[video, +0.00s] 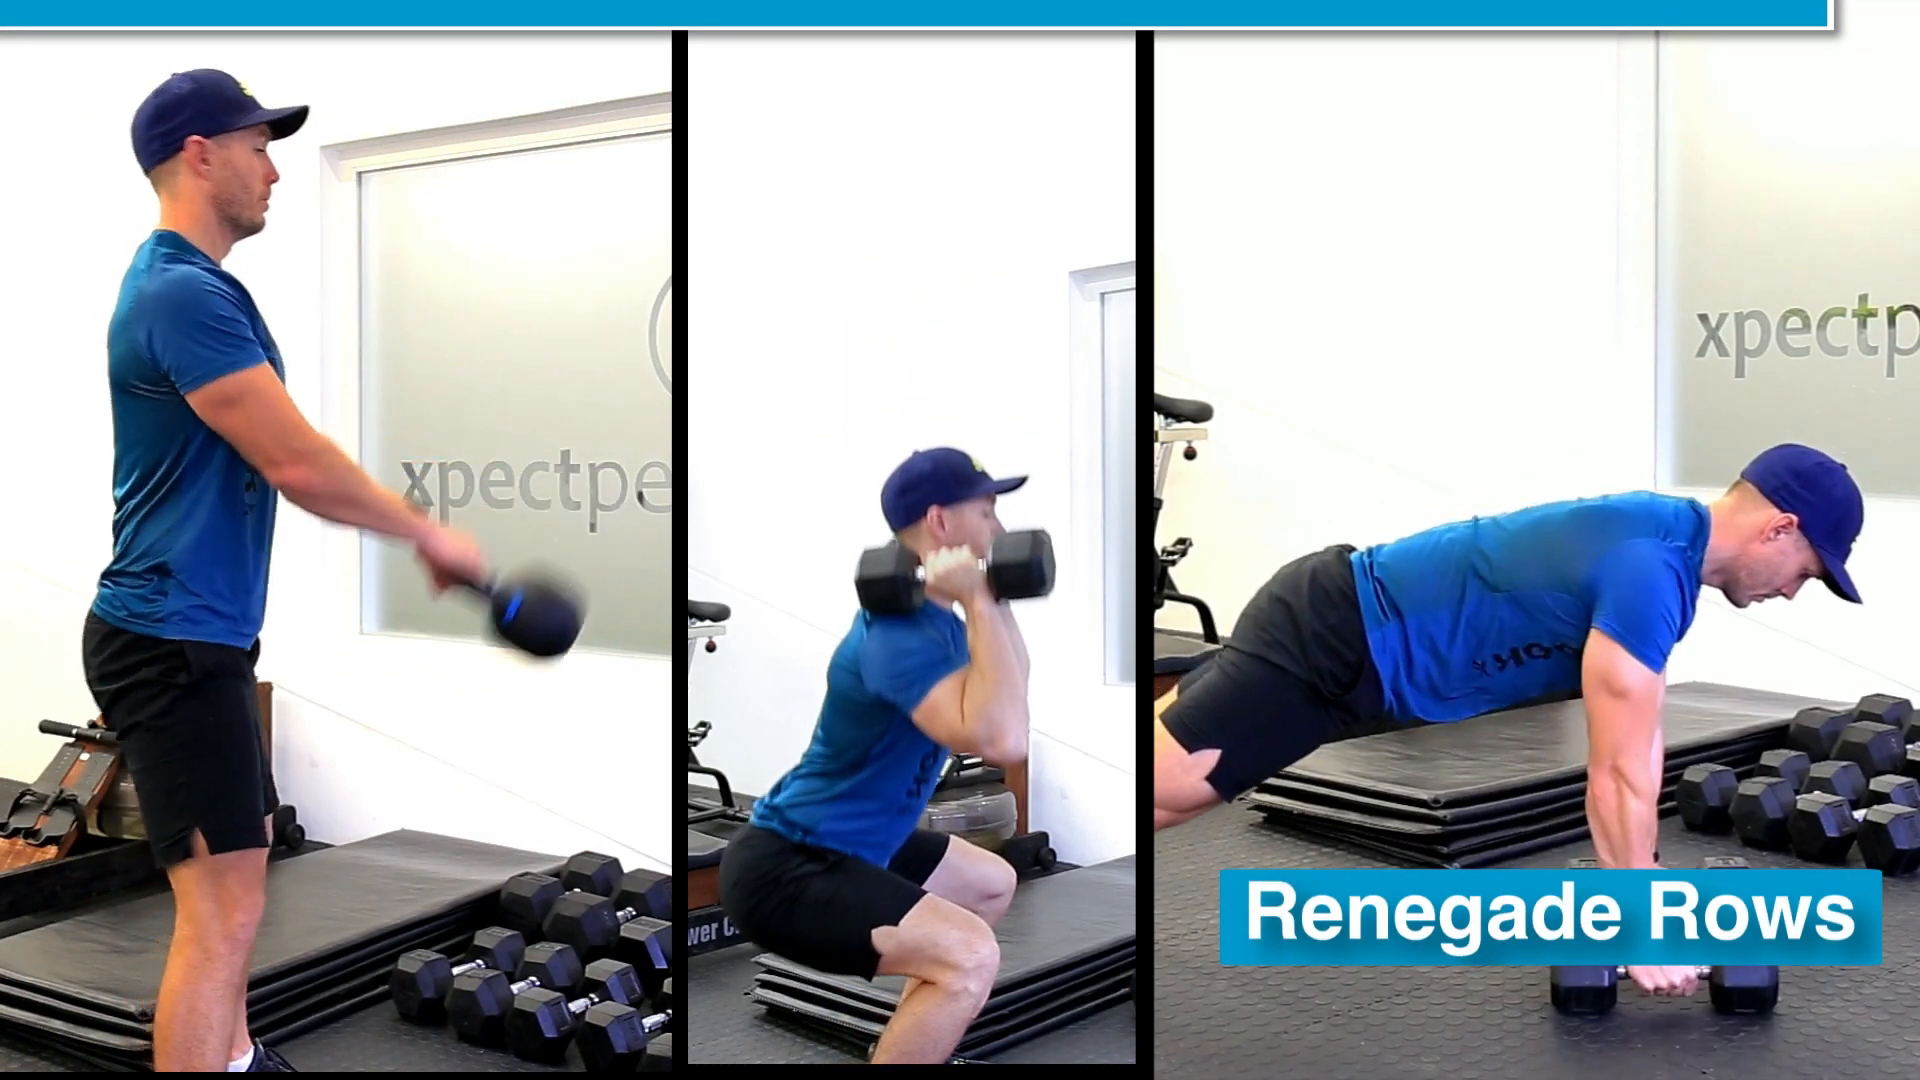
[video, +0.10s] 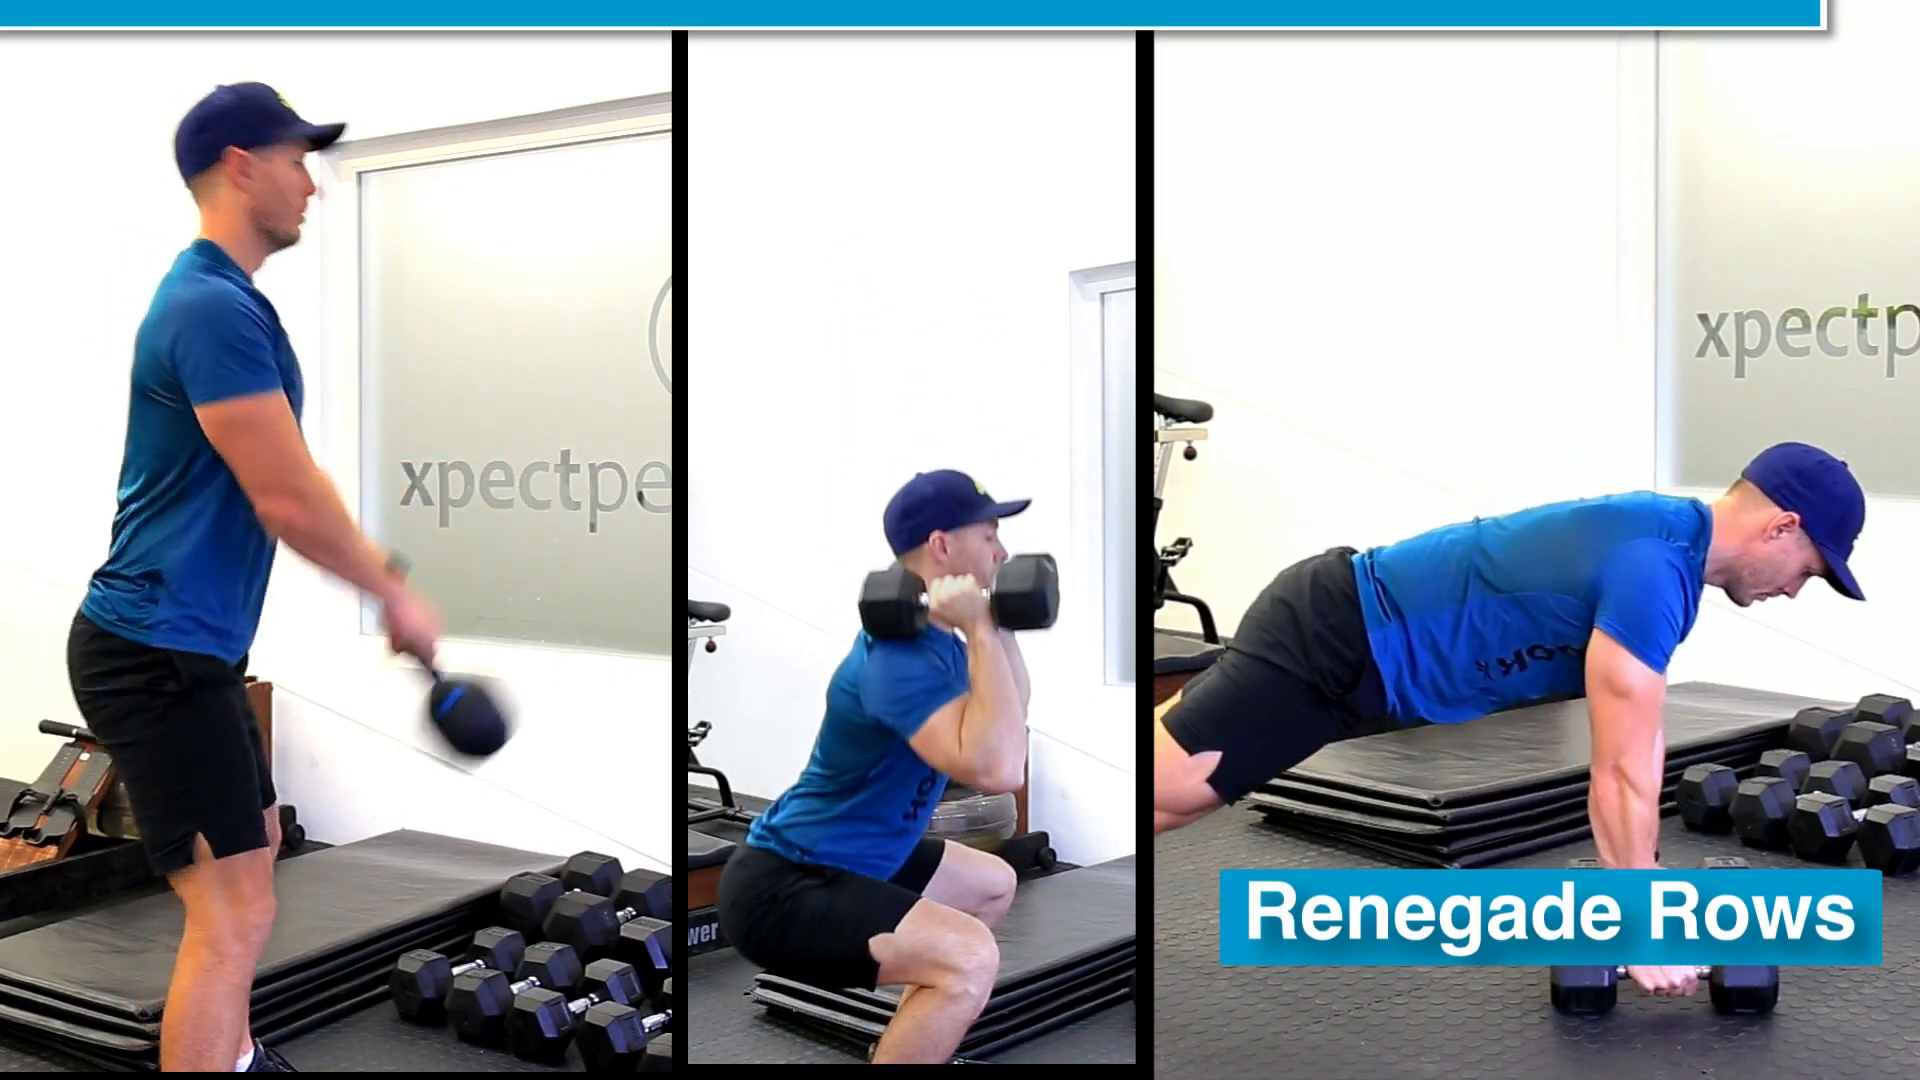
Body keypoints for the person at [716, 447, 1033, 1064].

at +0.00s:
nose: (997, 527)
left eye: (993, 511)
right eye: (985, 511)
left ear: (939, 526)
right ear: (939, 524)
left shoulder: (938, 621)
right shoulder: (896, 633)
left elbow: (1006, 715)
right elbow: (1000, 741)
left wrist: (989, 597)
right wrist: (979, 601)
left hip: (852, 840)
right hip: (789, 864)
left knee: (993, 882)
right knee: (968, 956)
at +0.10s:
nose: (1001, 551)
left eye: (997, 534)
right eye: (988, 535)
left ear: (941, 548)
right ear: (941, 548)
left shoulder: (940, 641)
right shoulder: (897, 656)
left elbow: (1012, 720)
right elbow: (996, 770)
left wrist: (995, 622)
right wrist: (982, 632)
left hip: (851, 853)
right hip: (785, 883)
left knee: (993, 884)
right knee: (969, 958)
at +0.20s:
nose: (1001, 561)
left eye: (997, 543)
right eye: (988, 545)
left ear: (942, 556)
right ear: (941, 555)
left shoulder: (943, 646)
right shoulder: (895, 668)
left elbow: (1013, 727)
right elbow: (995, 779)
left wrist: (994, 628)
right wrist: (981, 641)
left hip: (852, 860)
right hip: (784, 889)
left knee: (993, 885)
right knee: (969, 959)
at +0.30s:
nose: (1001, 565)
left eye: (996, 548)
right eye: (988, 549)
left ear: (942, 561)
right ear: (941, 561)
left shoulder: (945, 651)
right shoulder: (894, 672)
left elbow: (1014, 730)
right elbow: (994, 785)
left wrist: (995, 632)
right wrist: (982, 648)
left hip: (855, 864)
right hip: (785, 893)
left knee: (994, 885)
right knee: (970, 960)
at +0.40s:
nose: (1001, 566)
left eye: (997, 549)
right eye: (988, 551)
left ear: (942, 562)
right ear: (941, 562)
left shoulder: (945, 652)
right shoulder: (895, 673)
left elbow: (1012, 735)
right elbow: (993, 786)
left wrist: (997, 636)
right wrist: (982, 650)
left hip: (855, 864)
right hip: (786, 894)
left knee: (994, 885)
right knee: (971, 961)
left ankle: (917, 1031)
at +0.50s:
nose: (1000, 556)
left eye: (995, 538)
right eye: (986, 539)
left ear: (939, 552)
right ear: (938, 551)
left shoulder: (940, 646)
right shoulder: (895, 662)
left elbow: (1011, 723)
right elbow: (992, 777)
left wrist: (995, 627)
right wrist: (983, 642)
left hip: (856, 854)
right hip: (789, 884)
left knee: (995, 884)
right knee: (972, 960)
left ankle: (916, 1032)